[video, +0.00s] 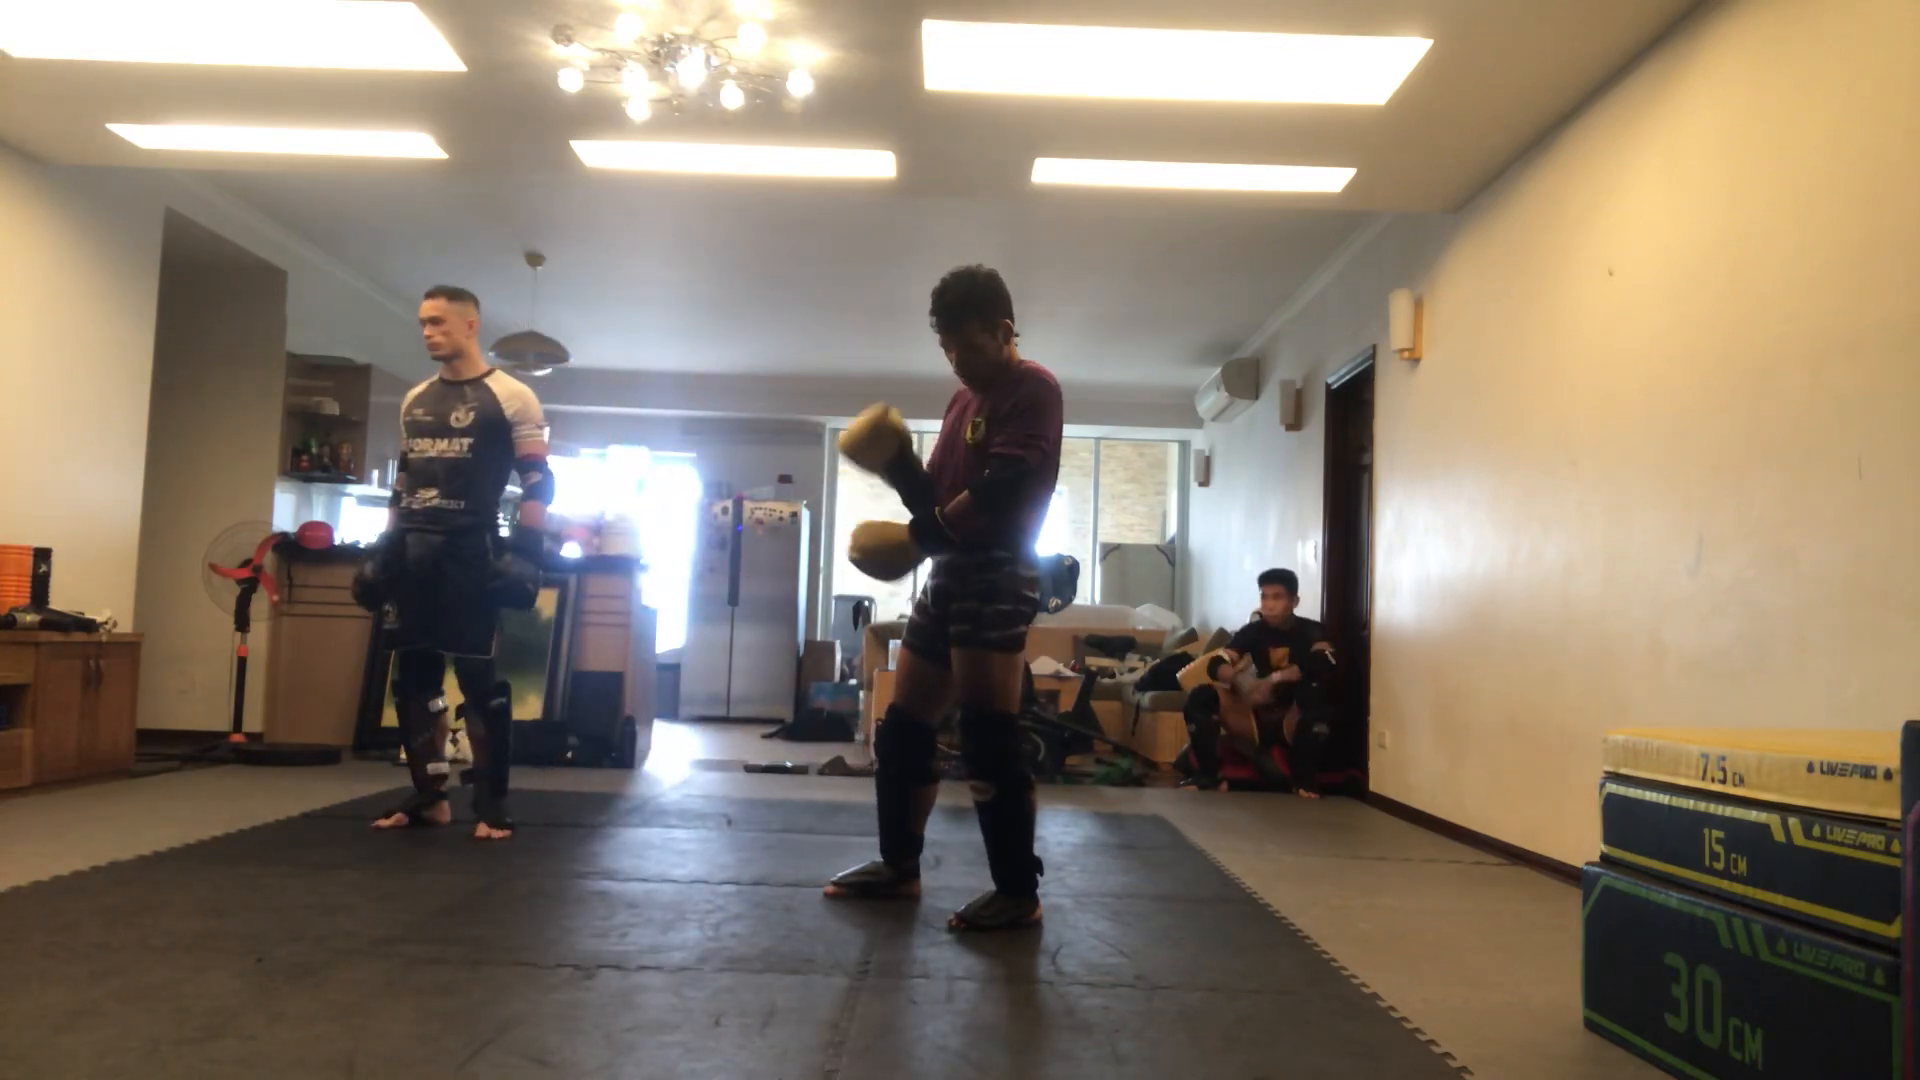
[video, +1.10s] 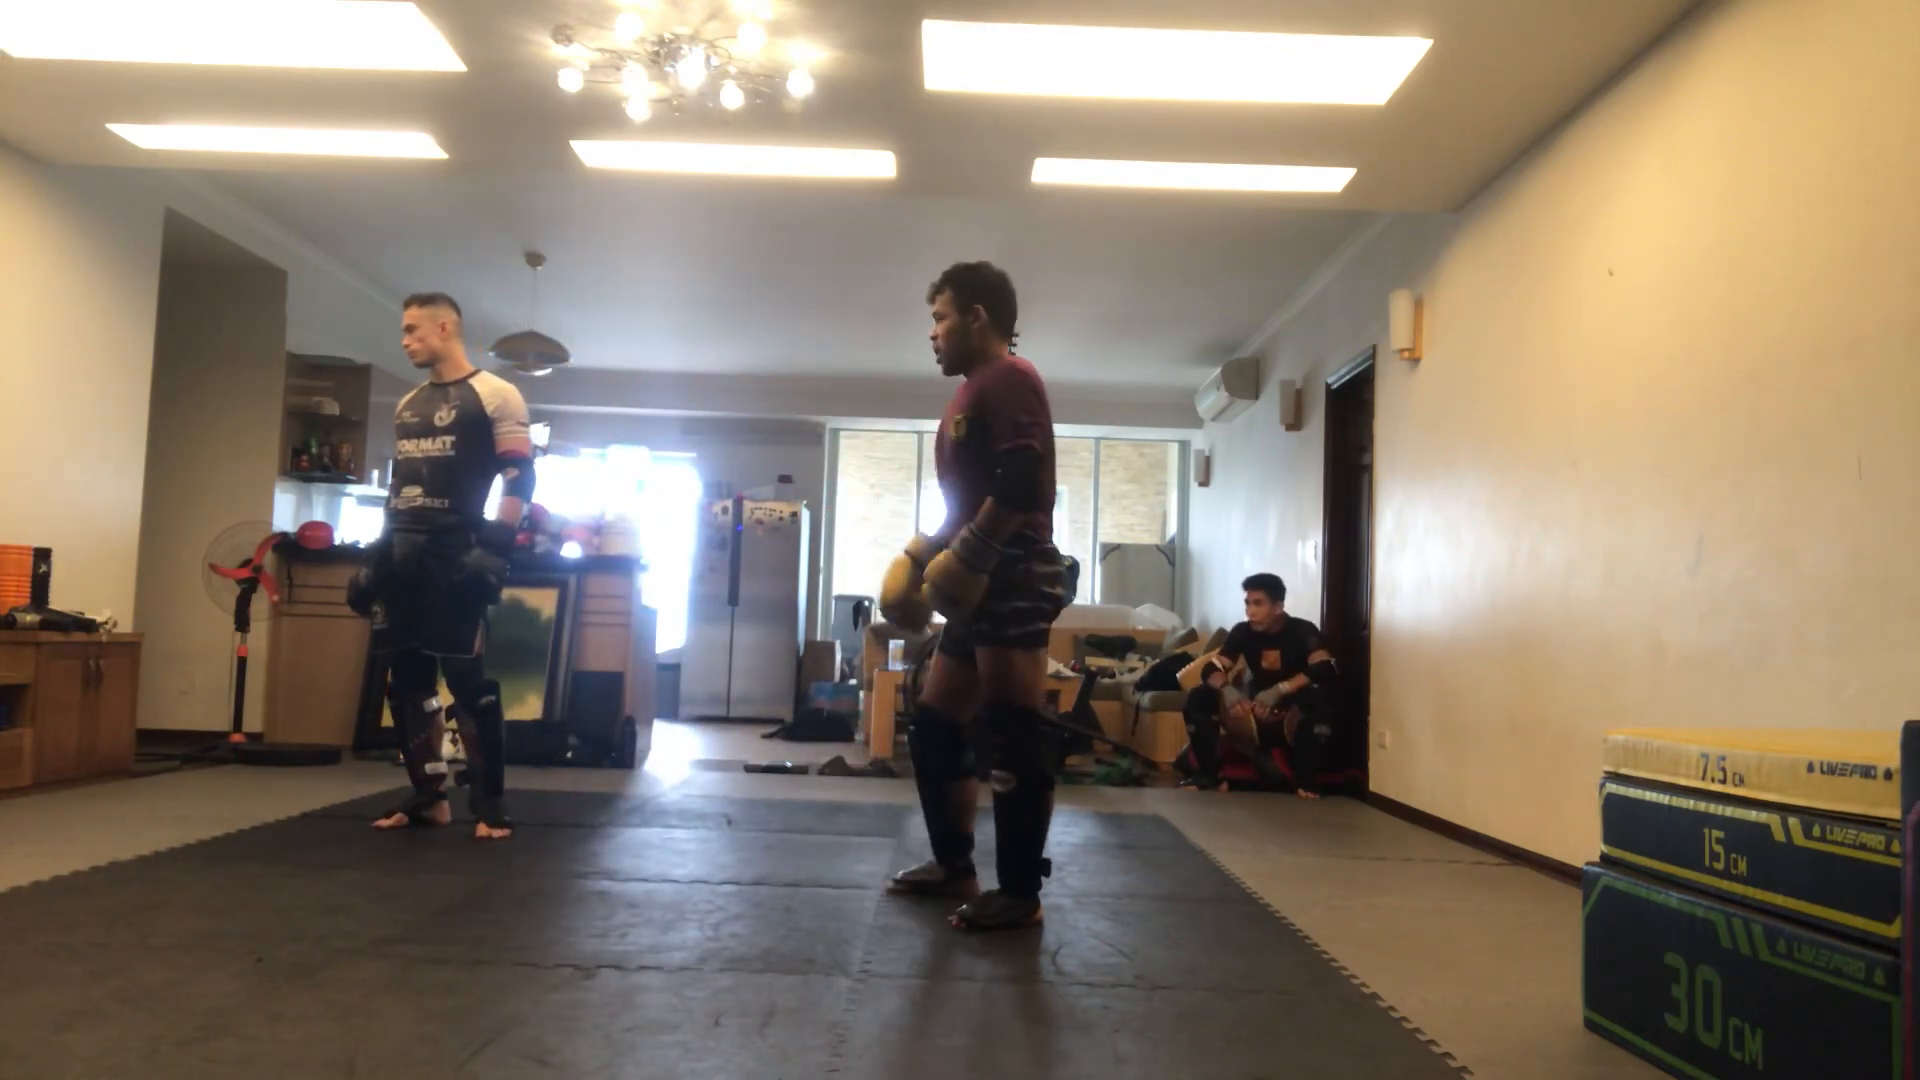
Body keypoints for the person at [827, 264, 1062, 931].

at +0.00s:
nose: (949, 359)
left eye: (958, 343)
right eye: (944, 345)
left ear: (1001, 331)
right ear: (946, 338)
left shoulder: (1034, 390)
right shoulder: (960, 401)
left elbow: (1004, 490)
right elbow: (938, 502)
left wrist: (922, 537)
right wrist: (896, 466)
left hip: (997, 575)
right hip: (945, 574)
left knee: (989, 734)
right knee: (906, 728)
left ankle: (1018, 893)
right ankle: (899, 868)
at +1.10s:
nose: (932, 332)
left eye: (941, 318)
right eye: (931, 320)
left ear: (980, 318)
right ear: (974, 322)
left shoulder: (1009, 379)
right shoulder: (973, 390)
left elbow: (1019, 483)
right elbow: (968, 501)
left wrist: (964, 561)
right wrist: (920, 555)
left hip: (1018, 573)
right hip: (981, 572)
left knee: (1015, 728)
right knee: (937, 720)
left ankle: (1019, 894)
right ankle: (954, 866)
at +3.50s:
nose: (863, 376)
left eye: (865, 363)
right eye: (863, 364)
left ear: (888, 358)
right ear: (908, 361)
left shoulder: (929, 413)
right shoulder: (915, 419)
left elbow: (942, 499)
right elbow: (914, 512)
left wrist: (927, 581)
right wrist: (888, 590)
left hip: (905, 589)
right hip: (906, 586)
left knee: (875, 717)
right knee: (914, 724)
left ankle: (895, 852)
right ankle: (917, 847)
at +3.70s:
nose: (868, 378)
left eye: (870, 366)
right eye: (869, 367)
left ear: (892, 360)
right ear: (914, 363)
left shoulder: (930, 416)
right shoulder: (929, 419)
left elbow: (936, 506)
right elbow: (925, 513)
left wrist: (917, 585)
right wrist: (895, 589)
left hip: (906, 588)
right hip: (919, 589)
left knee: (884, 718)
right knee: (918, 722)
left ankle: (897, 852)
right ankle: (917, 845)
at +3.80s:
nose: (868, 379)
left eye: (871, 367)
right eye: (868, 368)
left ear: (895, 362)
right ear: (913, 364)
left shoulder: (932, 419)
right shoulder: (933, 420)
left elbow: (928, 511)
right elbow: (926, 514)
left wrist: (900, 587)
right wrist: (899, 588)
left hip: (909, 590)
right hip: (926, 591)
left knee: (883, 720)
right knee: (919, 724)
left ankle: (897, 852)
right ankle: (918, 846)